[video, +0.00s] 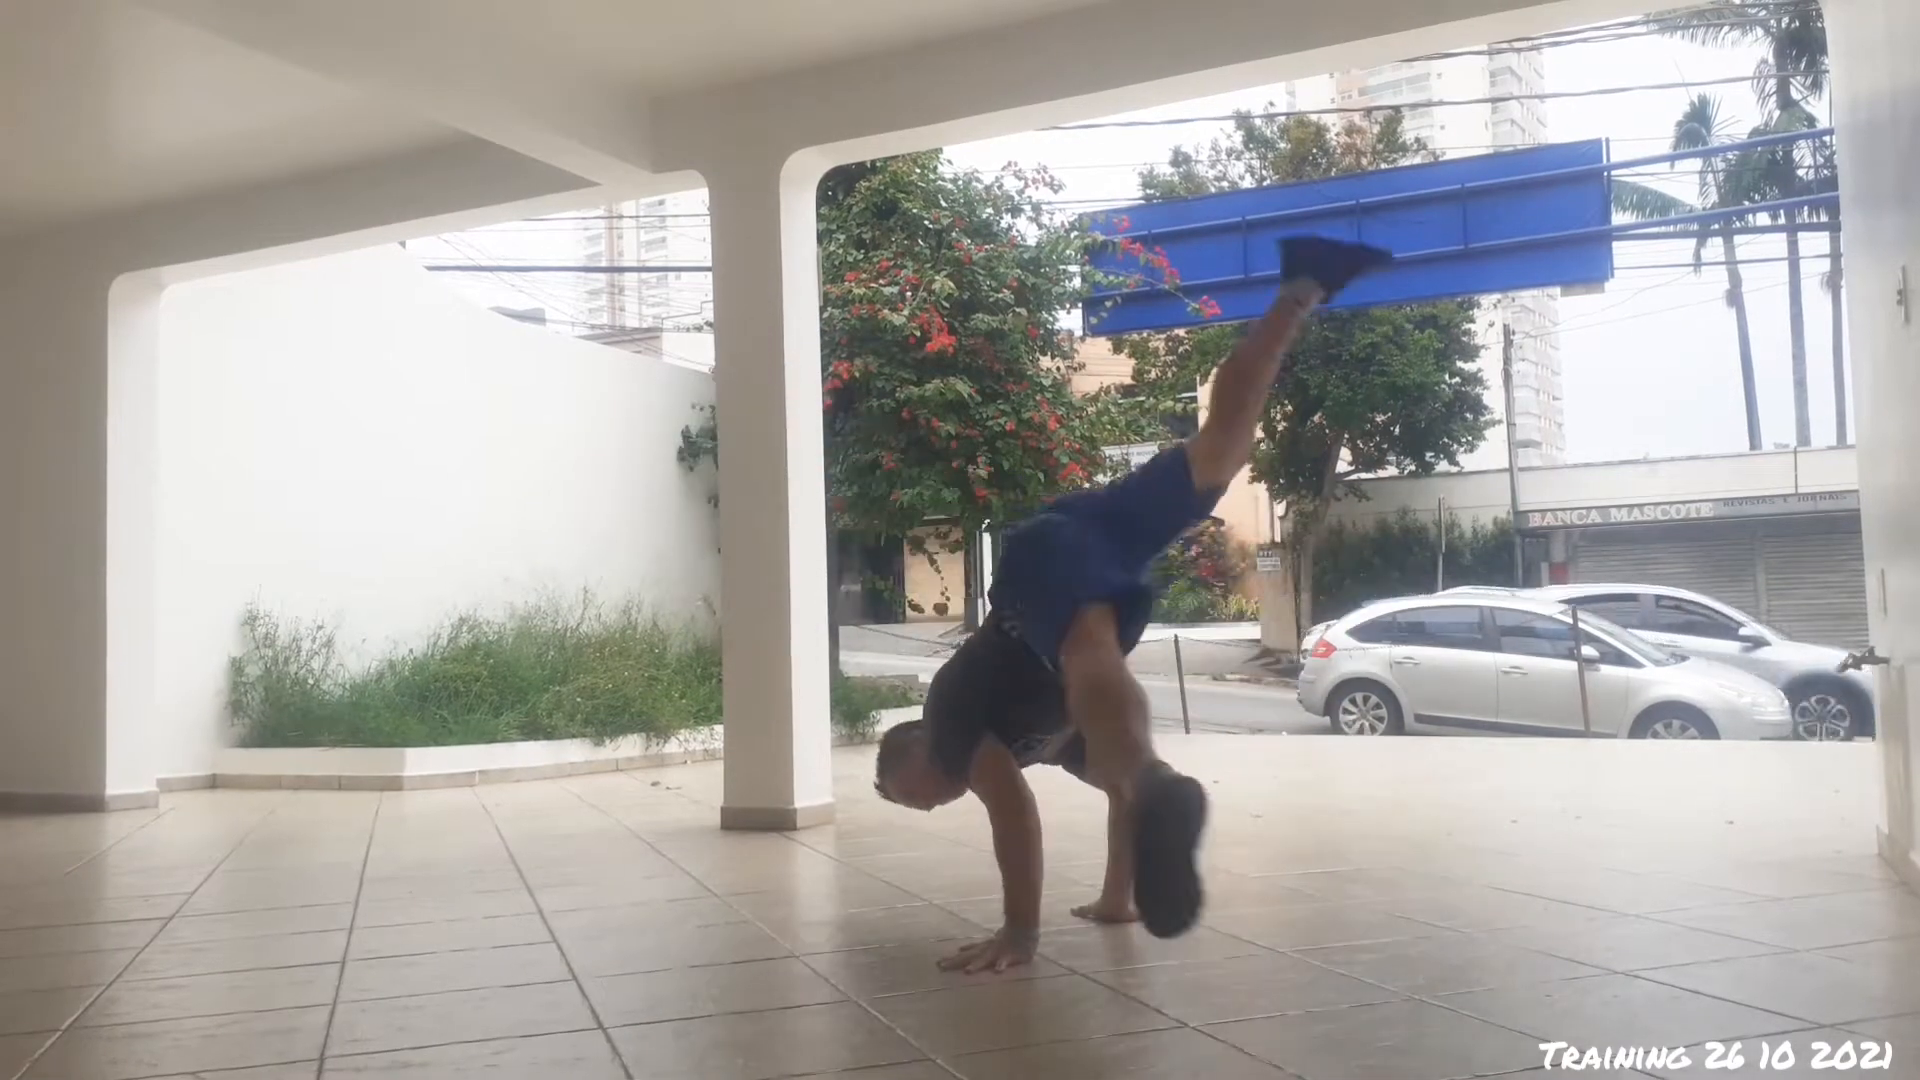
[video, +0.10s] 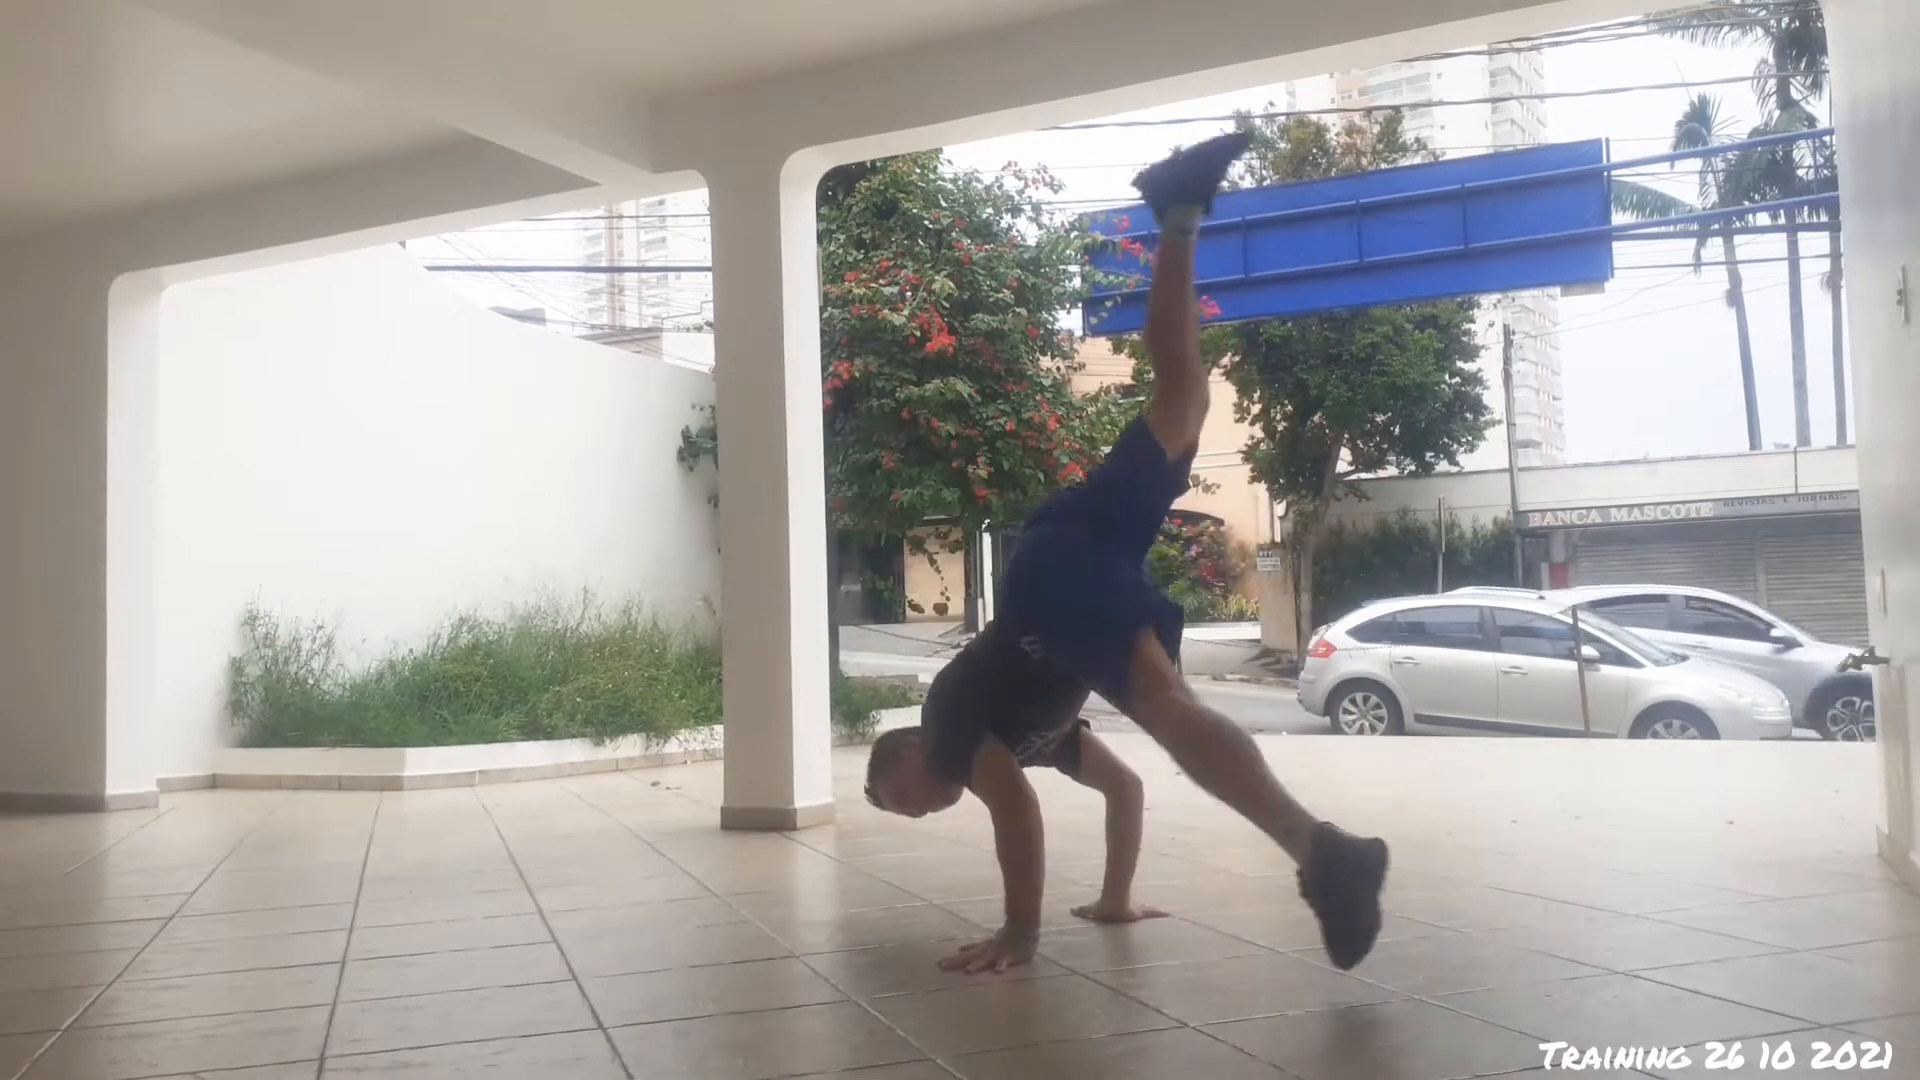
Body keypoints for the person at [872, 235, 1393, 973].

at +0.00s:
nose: (912, 803)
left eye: (896, 793)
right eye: (900, 800)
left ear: (907, 757)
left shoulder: (946, 717)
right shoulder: (1048, 727)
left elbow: (1012, 811)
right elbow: (1117, 786)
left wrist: (1018, 933)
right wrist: (1116, 894)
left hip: (1039, 552)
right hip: (1100, 524)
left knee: (1096, 674)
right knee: (1217, 449)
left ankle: (1153, 803)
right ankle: (1302, 292)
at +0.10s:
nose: (914, 809)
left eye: (901, 800)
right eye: (905, 808)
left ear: (903, 756)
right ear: (919, 766)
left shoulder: (949, 720)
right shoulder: (1041, 733)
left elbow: (1016, 811)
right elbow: (1125, 788)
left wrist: (1019, 937)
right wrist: (1114, 899)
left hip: (1047, 585)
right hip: (1076, 527)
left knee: (1170, 711)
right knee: (1181, 399)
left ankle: (1317, 850)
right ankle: (1178, 218)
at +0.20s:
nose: (907, 811)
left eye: (892, 800)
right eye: (894, 808)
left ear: (900, 760)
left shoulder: (949, 717)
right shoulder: (1030, 724)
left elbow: (1013, 816)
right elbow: (1118, 786)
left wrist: (1016, 932)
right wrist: (1112, 897)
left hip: (1068, 596)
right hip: (1069, 538)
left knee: (1218, 710)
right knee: (1141, 377)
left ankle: (1395, 822)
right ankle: (1065, 204)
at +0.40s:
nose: (900, 804)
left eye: (888, 793)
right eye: (890, 801)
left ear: (899, 754)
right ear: (923, 764)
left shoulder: (949, 713)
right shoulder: (1032, 723)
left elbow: (1009, 812)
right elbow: (1120, 787)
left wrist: (1015, 935)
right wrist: (1114, 900)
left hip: (1083, 599)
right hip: (1064, 540)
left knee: (1247, 662)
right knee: (1100, 369)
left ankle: (1433, 709)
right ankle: (959, 250)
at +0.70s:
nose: (907, 790)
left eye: (893, 777)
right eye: (895, 784)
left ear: (901, 741)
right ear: (922, 742)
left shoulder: (946, 709)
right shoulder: (1037, 718)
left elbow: (1003, 808)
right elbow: (1120, 787)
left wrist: (1016, 932)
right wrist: (1114, 898)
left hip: (1057, 583)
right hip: (1070, 522)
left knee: (1215, 693)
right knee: (1111, 371)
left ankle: (1404, 798)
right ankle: (1057, 169)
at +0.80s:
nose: (911, 789)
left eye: (899, 774)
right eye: (899, 783)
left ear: (911, 739)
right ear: (927, 738)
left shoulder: (948, 705)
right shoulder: (1044, 721)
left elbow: (1003, 813)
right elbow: (1125, 792)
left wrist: (1015, 934)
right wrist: (1114, 898)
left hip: (1042, 556)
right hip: (1081, 505)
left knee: (1145, 693)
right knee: (1138, 364)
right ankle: (1170, 191)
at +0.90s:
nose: (914, 787)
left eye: (903, 773)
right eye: (905, 781)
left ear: (915, 737)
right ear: (933, 748)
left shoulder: (962, 707)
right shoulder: (1049, 727)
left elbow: (1003, 817)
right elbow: (1132, 789)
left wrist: (1016, 933)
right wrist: (1114, 900)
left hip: (1054, 540)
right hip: (1116, 546)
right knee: (1218, 376)